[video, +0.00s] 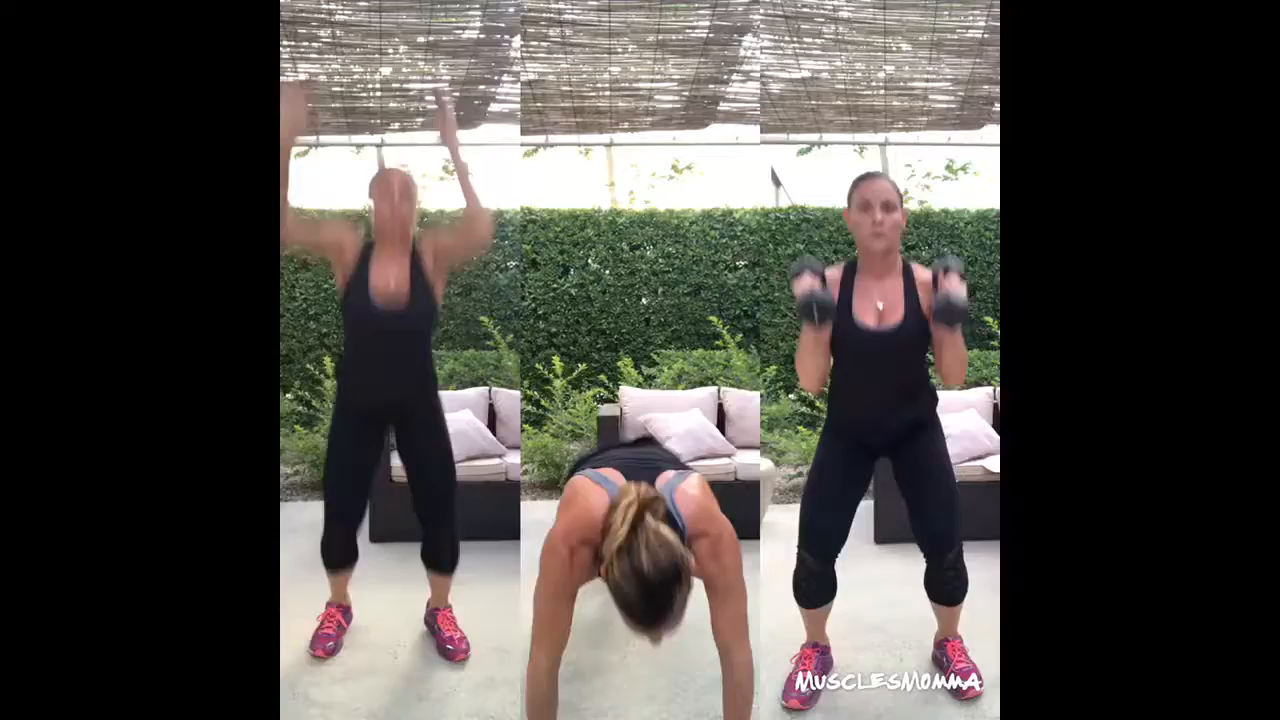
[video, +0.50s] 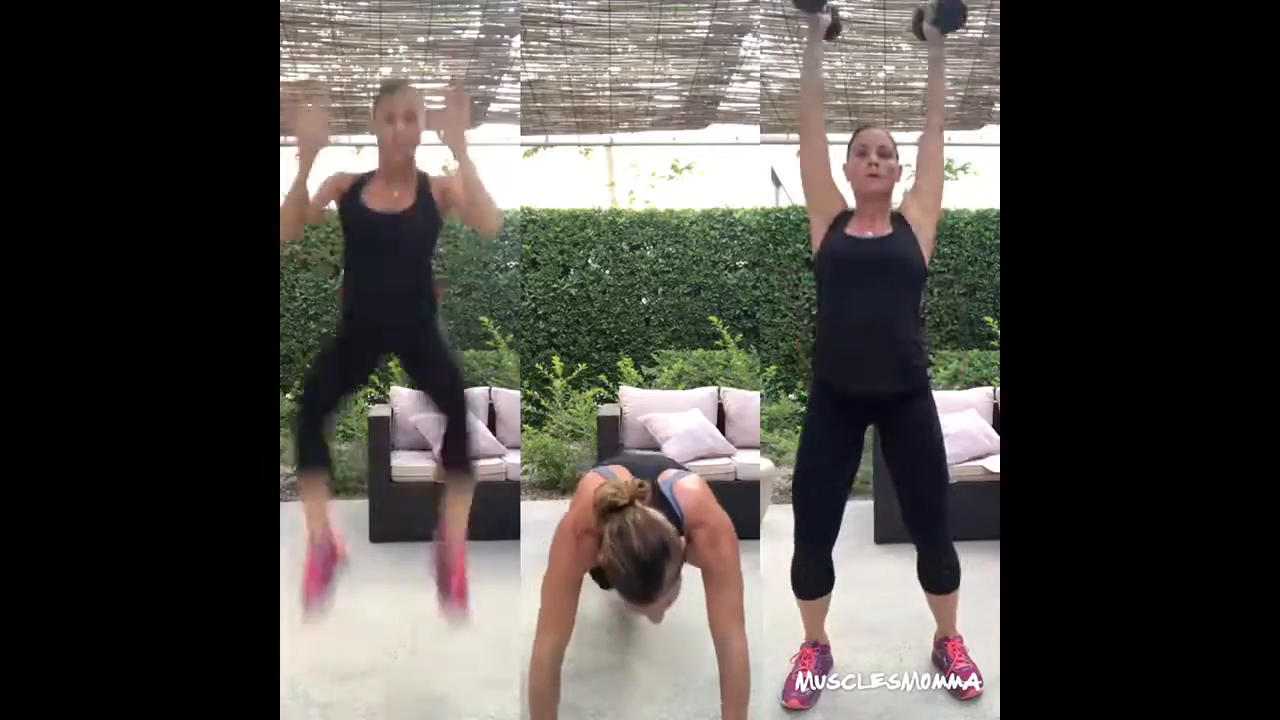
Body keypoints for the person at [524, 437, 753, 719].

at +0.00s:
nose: (656, 640)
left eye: (667, 628)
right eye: (643, 631)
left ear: (687, 558)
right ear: (605, 572)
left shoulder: (711, 527)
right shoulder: (571, 533)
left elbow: (735, 651)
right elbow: (544, 660)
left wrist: (737, 716)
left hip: (675, 468)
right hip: (597, 467)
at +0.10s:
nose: (652, 621)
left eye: (666, 605)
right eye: (637, 609)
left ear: (684, 550)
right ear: (604, 564)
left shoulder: (704, 521)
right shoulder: (573, 526)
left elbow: (732, 642)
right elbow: (544, 653)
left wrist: (735, 717)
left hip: (675, 480)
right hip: (599, 478)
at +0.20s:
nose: (656, 626)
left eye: (669, 610)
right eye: (639, 615)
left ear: (685, 552)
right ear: (604, 569)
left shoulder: (703, 518)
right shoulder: (575, 523)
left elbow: (729, 639)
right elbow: (546, 652)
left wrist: (734, 715)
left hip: (670, 467)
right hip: (598, 465)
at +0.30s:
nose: (659, 625)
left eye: (672, 609)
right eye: (640, 614)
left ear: (686, 552)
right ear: (604, 571)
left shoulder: (705, 518)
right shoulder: (576, 525)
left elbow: (728, 640)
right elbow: (548, 650)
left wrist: (734, 715)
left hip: (668, 459)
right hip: (595, 458)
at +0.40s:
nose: (659, 620)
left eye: (672, 605)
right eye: (643, 611)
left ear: (685, 549)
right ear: (604, 569)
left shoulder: (707, 520)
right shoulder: (577, 525)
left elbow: (727, 640)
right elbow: (548, 653)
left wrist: (734, 716)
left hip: (670, 464)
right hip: (598, 463)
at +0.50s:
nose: (656, 619)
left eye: (668, 602)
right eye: (639, 609)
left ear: (682, 546)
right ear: (603, 559)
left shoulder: (708, 519)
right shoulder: (577, 527)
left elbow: (730, 637)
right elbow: (548, 648)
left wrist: (734, 716)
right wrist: (543, 716)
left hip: (676, 474)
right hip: (605, 475)